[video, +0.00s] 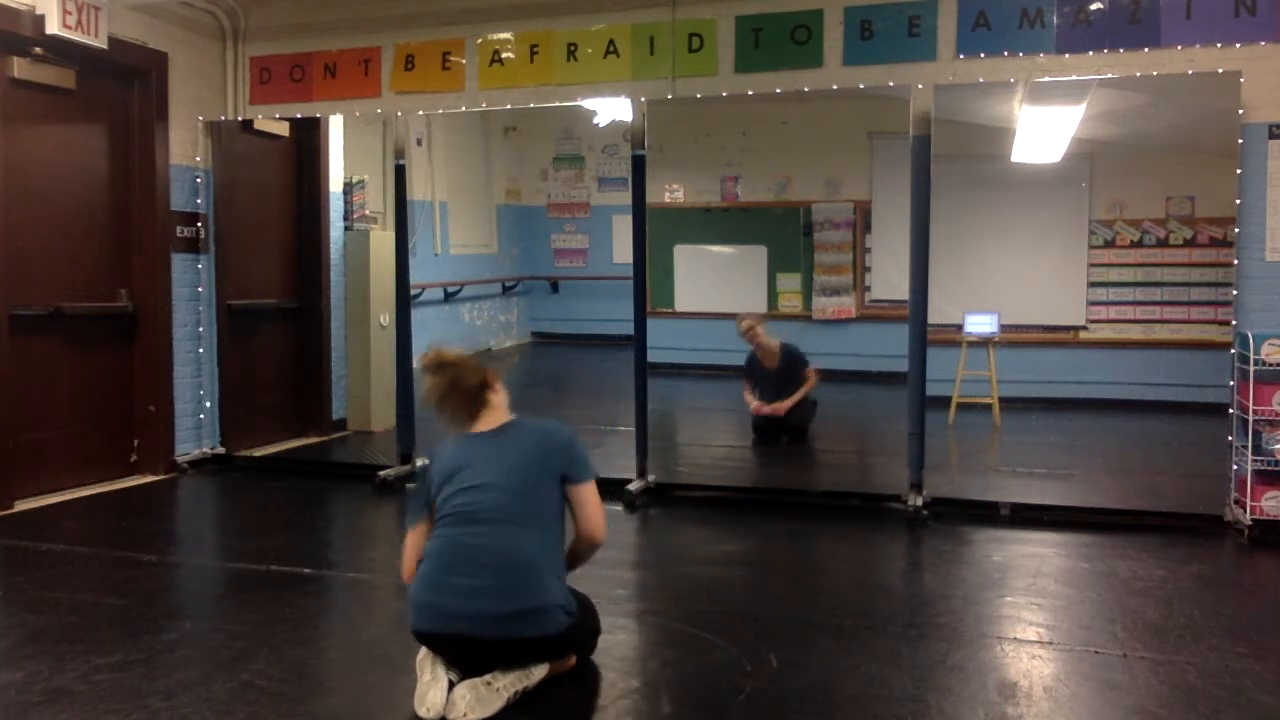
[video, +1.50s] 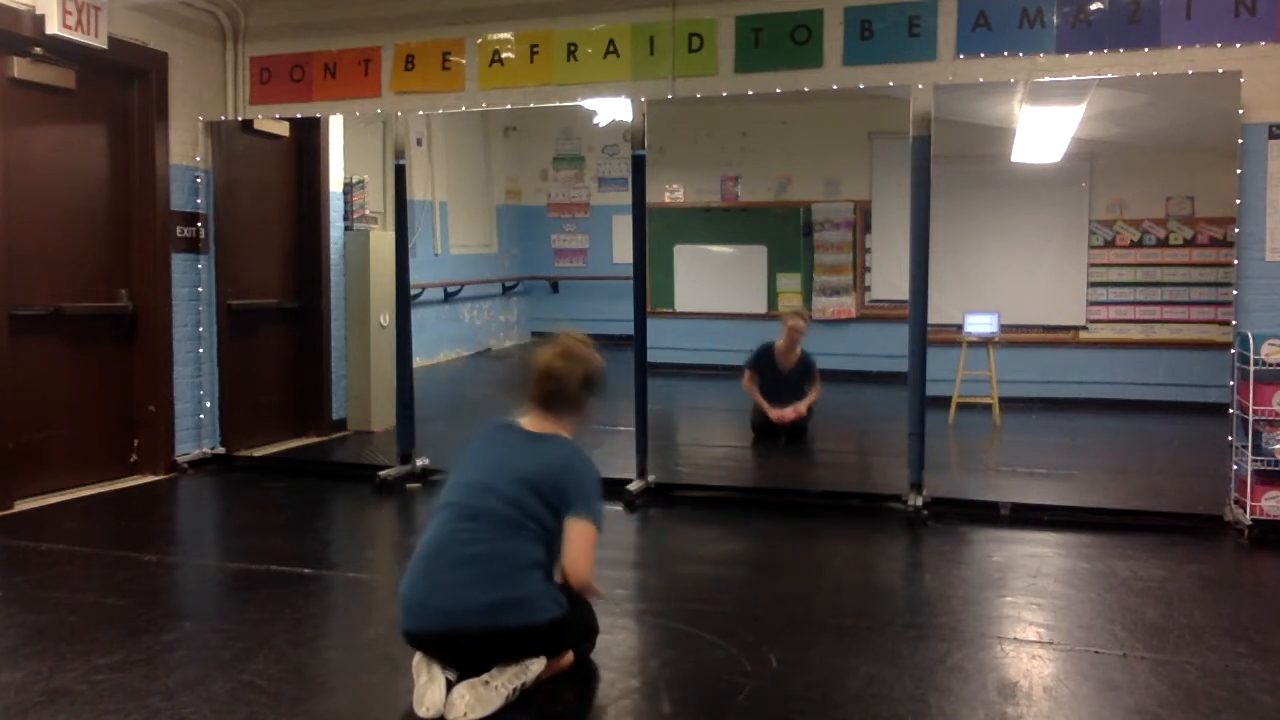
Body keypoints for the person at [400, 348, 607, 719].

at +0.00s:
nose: (502, 385)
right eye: (498, 382)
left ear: (450, 408)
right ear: (494, 385)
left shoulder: (441, 457)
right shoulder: (555, 438)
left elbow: (410, 572)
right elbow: (593, 533)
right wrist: (555, 568)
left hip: (437, 624)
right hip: (531, 620)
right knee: (583, 615)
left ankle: (447, 673)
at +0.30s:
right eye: (490, 445)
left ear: (447, 472)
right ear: (486, 446)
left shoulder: (451, 489)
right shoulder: (544, 469)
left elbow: (433, 546)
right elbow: (567, 554)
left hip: (445, 596)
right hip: (537, 591)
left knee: (484, 654)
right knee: (582, 640)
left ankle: (443, 660)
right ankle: (528, 668)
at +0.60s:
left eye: (446, 483)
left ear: (456, 474)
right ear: (500, 455)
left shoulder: (458, 489)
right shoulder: (552, 476)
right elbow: (547, 545)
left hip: (441, 594)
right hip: (532, 589)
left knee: (486, 649)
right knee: (583, 638)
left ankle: (443, 660)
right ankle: (531, 666)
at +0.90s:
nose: (522, 390)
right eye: (519, 383)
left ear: (457, 399)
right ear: (512, 389)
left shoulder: (439, 445)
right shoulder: (544, 438)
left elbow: (420, 533)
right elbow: (584, 537)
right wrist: (548, 564)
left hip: (439, 609)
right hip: (528, 603)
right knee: (584, 632)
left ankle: (440, 664)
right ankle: (514, 675)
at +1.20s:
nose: (539, 378)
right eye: (538, 371)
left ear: (472, 374)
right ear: (531, 380)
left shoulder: (427, 442)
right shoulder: (545, 442)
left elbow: (390, 535)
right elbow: (555, 526)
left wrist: (441, 560)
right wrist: (548, 567)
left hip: (423, 627)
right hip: (511, 628)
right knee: (581, 620)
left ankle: (441, 677)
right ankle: (494, 685)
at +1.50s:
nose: (591, 407)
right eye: (590, 396)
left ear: (533, 388)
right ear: (587, 403)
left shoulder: (487, 438)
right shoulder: (576, 466)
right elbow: (577, 573)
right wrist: (585, 590)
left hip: (423, 619)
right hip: (506, 622)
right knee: (582, 624)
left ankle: (438, 671)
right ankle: (492, 691)